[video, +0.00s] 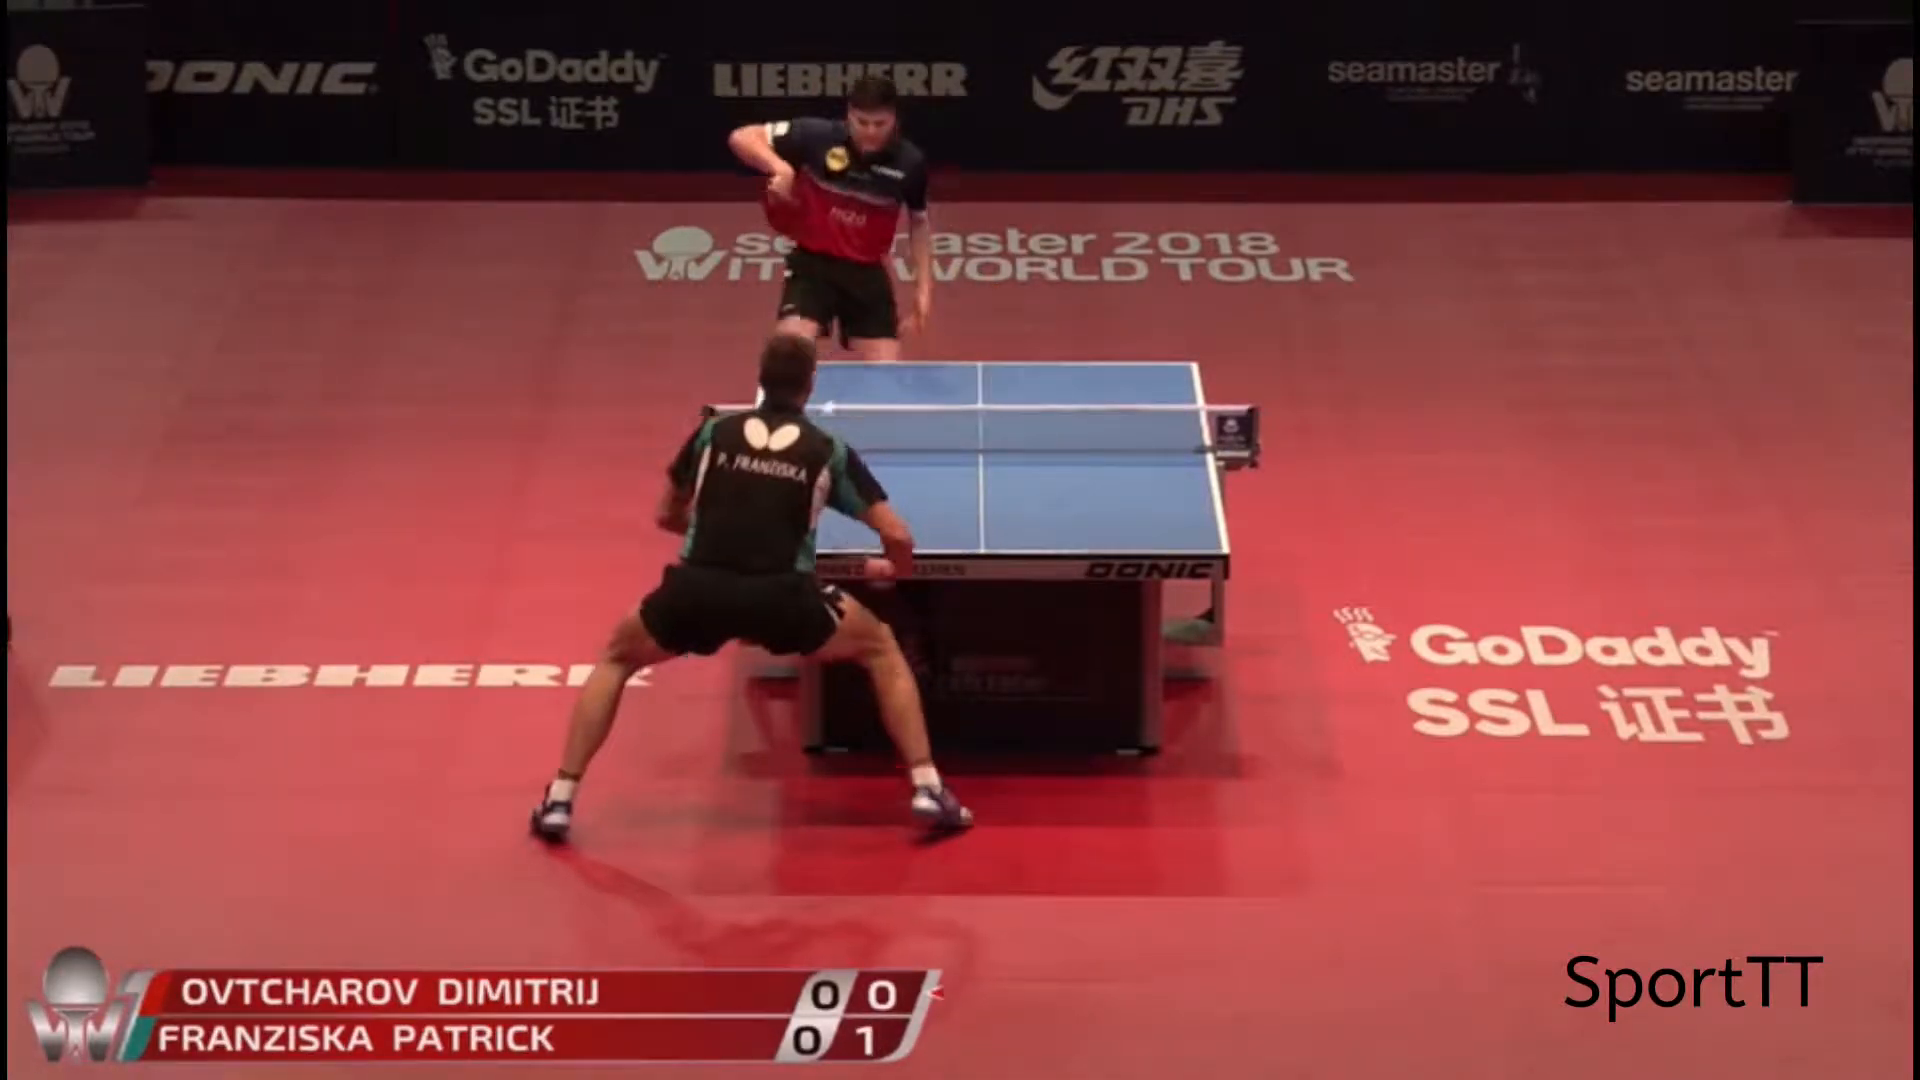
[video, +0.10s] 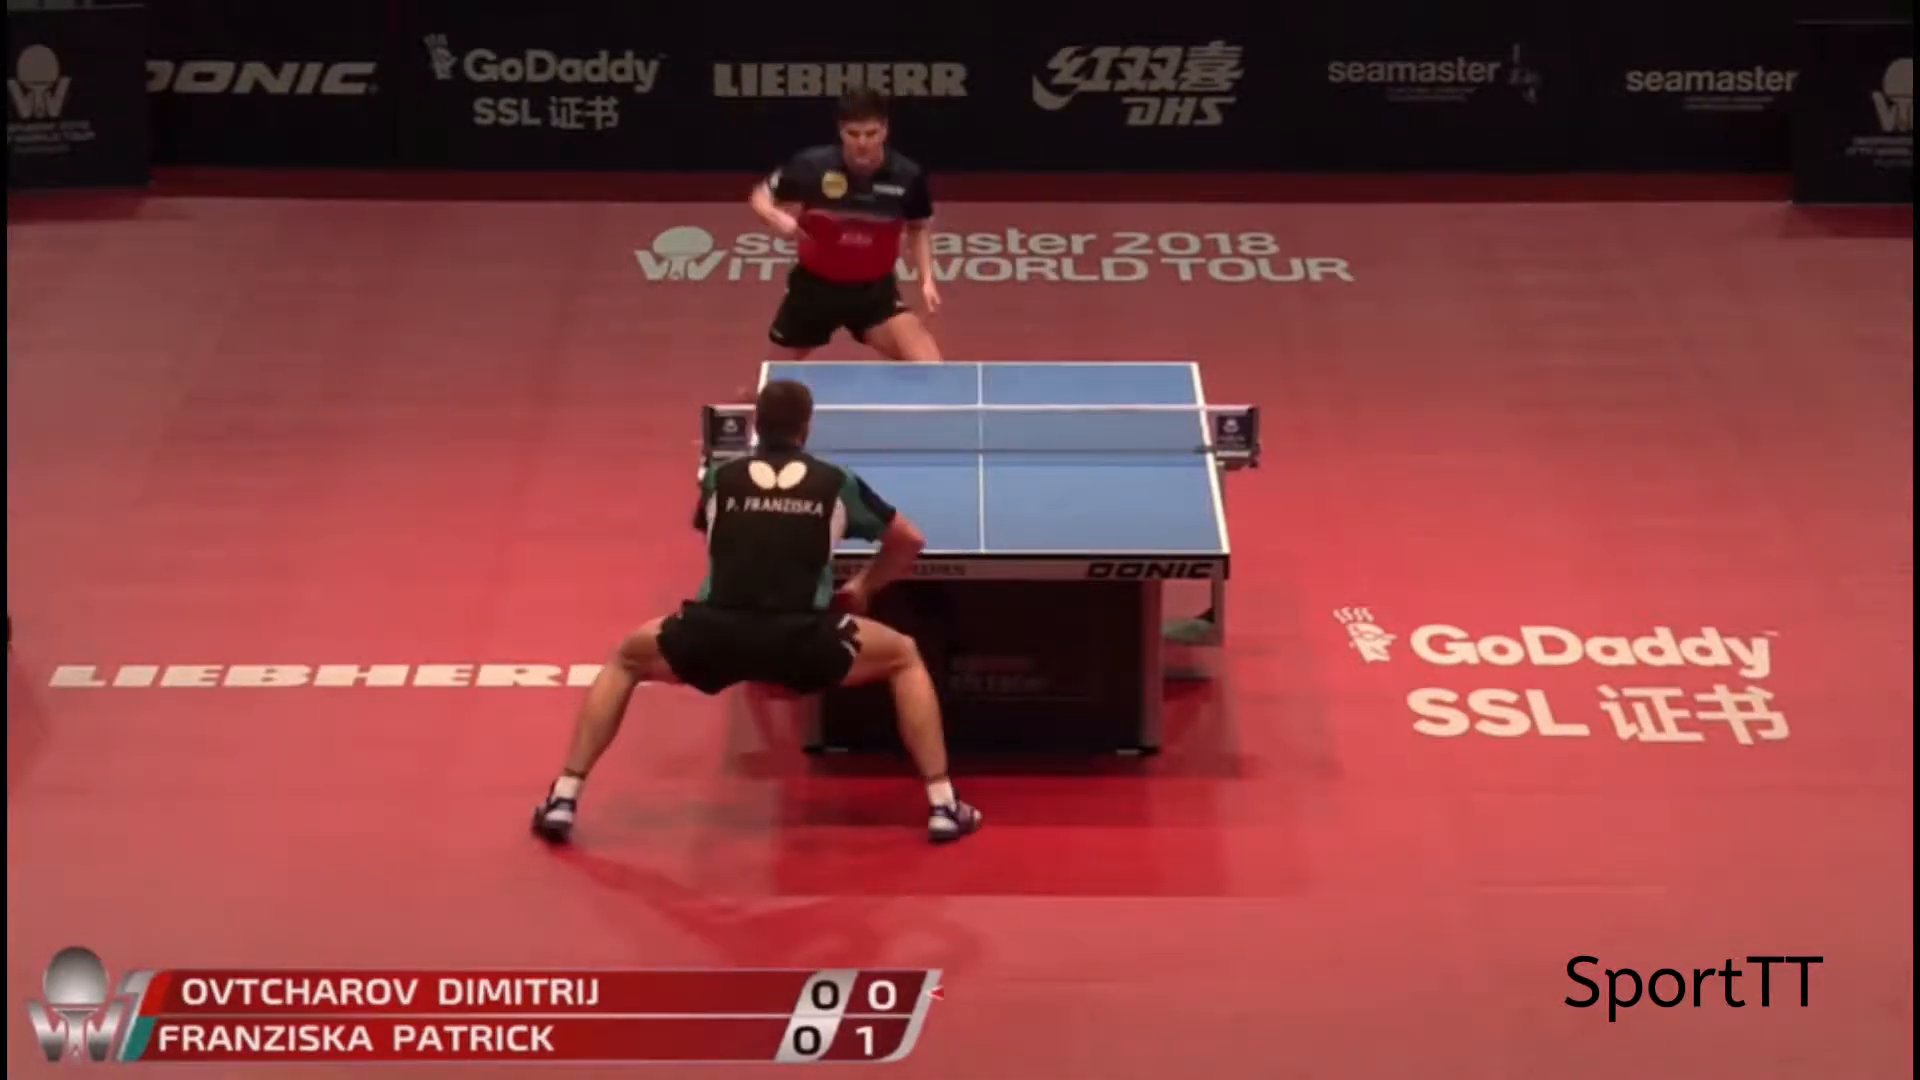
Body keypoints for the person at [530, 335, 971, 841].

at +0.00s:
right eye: (808, 372)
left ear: (760, 377)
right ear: (810, 384)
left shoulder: (714, 430)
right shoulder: (828, 449)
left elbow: (669, 514)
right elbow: (897, 535)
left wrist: (705, 527)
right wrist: (898, 569)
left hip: (699, 592)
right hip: (783, 599)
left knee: (617, 659)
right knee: (879, 648)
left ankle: (560, 798)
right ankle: (928, 788)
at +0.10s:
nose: (781, 426)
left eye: (769, 418)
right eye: (797, 420)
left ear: (757, 424)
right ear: (807, 428)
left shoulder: (722, 475)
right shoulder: (835, 480)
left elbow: (699, 526)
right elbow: (906, 539)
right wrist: (866, 589)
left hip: (716, 634)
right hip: (800, 640)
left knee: (626, 662)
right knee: (903, 658)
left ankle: (563, 797)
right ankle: (944, 804)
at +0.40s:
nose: (788, 409)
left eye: (779, 399)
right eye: (787, 401)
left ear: (734, 400)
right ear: (781, 406)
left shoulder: (684, 453)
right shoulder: (793, 465)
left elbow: (625, 507)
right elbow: (882, 511)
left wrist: (641, 479)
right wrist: (968, 495)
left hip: (677, 623)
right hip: (759, 628)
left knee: (610, 665)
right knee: (874, 667)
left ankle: (556, 797)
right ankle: (942, 803)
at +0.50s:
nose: (779, 360)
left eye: (776, 351)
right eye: (777, 352)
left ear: (722, 352)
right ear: (769, 358)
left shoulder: (672, 402)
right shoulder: (762, 423)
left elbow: (615, 474)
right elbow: (804, 515)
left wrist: (662, 496)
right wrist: (885, 526)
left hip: (636, 565)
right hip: (709, 576)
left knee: (603, 672)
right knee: (823, 667)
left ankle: (548, 807)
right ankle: (863, 820)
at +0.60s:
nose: (778, 359)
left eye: (775, 351)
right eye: (777, 352)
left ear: (721, 352)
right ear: (769, 358)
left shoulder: (672, 402)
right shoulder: (762, 423)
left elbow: (614, 473)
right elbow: (803, 515)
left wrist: (662, 496)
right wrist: (885, 526)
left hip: (636, 567)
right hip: (709, 578)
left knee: (603, 673)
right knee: (823, 667)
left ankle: (548, 806)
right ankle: (863, 820)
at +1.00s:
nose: (725, 355)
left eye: (720, 346)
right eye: (723, 347)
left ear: (666, 348)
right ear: (713, 351)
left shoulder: (619, 411)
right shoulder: (720, 421)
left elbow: (585, 503)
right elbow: (728, 524)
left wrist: (634, 527)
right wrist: (769, 573)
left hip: (611, 579)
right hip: (683, 586)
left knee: (589, 710)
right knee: (746, 722)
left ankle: (538, 838)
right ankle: (767, 878)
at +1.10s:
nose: (676, 272)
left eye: (669, 262)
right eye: (675, 263)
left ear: (618, 266)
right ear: (665, 268)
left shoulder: (575, 334)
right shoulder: (679, 340)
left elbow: (543, 422)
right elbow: (692, 443)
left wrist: (592, 441)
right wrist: (714, 486)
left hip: (575, 506)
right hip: (643, 511)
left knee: (575, 655)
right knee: (658, 670)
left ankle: (534, 792)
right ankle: (634, 822)